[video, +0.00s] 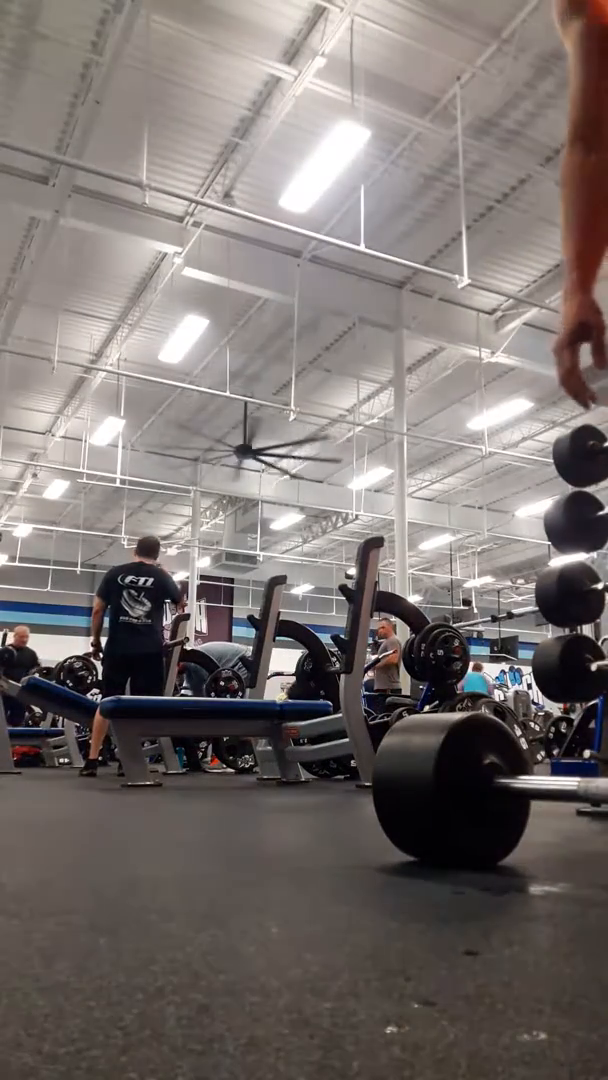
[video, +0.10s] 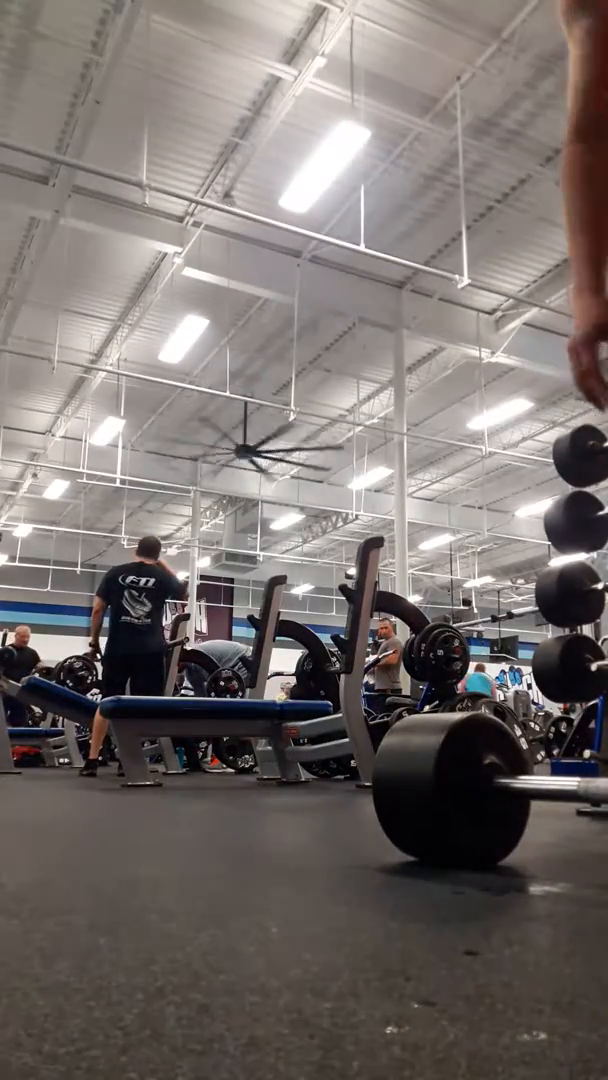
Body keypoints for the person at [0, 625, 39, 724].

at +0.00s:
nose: (24, 640)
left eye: (26, 637)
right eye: (21, 637)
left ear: (28, 637)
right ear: (14, 636)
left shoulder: (31, 654)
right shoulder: (5, 651)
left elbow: (37, 667)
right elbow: (1, 668)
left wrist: (29, 676)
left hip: (23, 689)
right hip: (5, 687)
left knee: (18, 718)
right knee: (3, 714)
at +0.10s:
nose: (25, 640)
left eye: (27, 637)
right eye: (22, 637)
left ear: (30, 637)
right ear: (15, 636)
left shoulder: (32, 653)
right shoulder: (6, 651)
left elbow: (40, 668)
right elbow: (1, 670)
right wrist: (4, 683)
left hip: (23, 691)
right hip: (5, 689)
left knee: (20, 720)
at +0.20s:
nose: (25, 639)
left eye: (27, 637)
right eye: (22, 636)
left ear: (30, 637)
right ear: (16, 636)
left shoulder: (32, 653)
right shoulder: (6, 651)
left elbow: (41, 666)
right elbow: (1, 670)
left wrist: (44, 666)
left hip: (23, 691)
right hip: (5, 689)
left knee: (20, 718)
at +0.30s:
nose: (25, 640)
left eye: (27, 637)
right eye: (22, 637)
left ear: (29, 637)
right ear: (15, 636)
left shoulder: (31, 653)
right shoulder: (6, 651)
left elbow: (41, 661)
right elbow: (1, 670)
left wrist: (46, 664)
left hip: (22, 691)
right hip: (5, 690)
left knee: (20, 720)